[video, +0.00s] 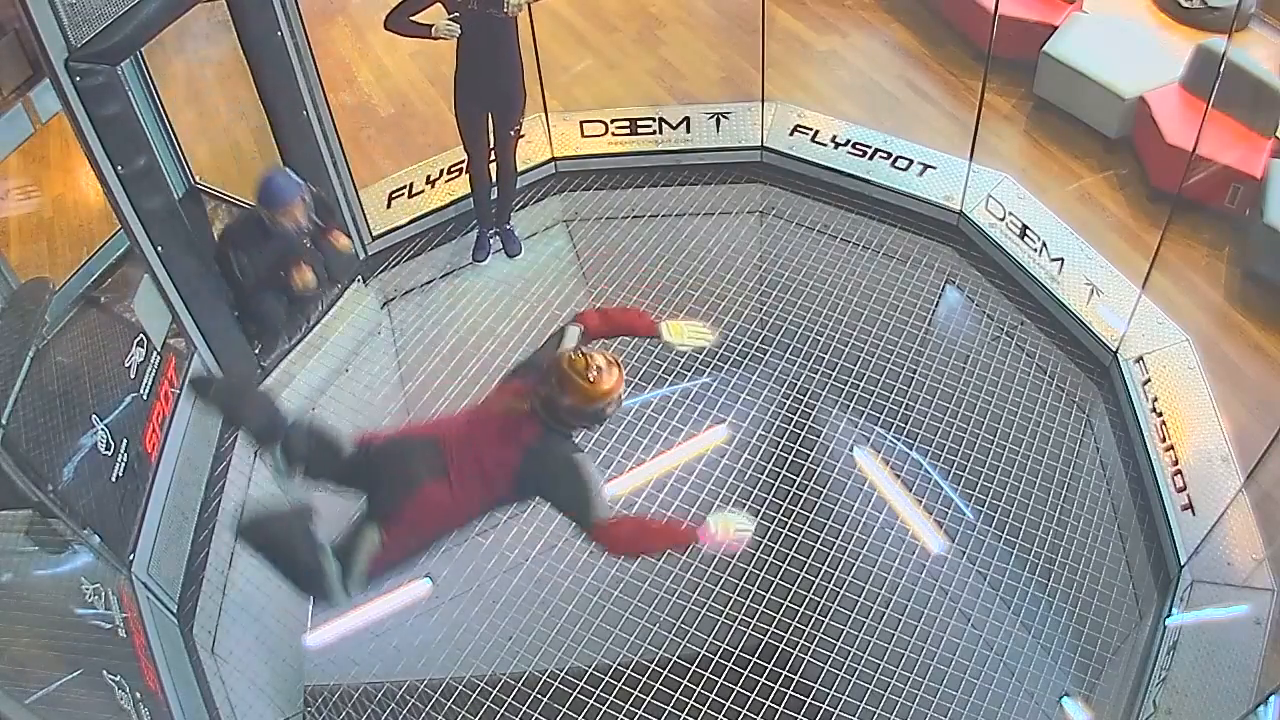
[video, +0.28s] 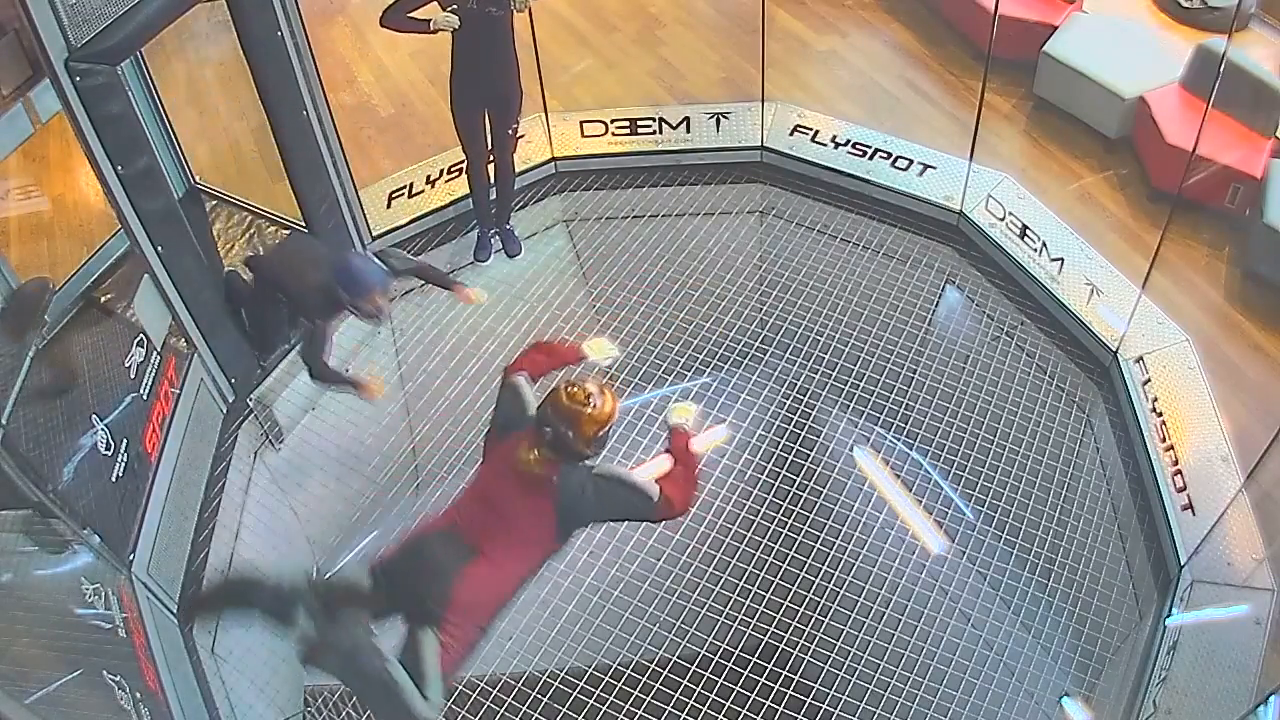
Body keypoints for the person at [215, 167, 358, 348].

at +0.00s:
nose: (298, 218)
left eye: (298, 208)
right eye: (287, 214)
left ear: (303, 197)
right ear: (270, 213)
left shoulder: (309, 197)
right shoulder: (237, 240)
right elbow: (249, 292)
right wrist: (287, 281)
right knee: (271, 310)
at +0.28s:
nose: (382, 308)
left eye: (383, 297)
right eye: (371, 304)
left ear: (384, 282)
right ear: (349, 300)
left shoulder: (374, 264)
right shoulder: (323, 312)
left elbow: (415, 267)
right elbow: (316, 370)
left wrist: (455, 286)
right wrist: (353, 384)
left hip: (297, 245)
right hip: (270, 272)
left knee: (295, 325)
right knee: (269, 344)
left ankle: (259, 265)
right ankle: (235, 284)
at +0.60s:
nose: (455, 380)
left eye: (459, 374)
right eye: (451, 378)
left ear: (458, 344)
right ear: (430, 367)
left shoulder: (444, 325)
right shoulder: (395, 363)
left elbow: (498, 317)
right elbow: (382, 425)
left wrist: (546, 342)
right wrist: (424, 453)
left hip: (351, 283)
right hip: (325, 310)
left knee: (286, 277)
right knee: (263, 313)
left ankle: (228, 266)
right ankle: (221, 284)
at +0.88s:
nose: (489, 376)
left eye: (493, 369)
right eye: (486, 373)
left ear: (477, 327)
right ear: (467, 368)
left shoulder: (473, 317)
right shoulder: (431, 376)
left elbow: (526, 307)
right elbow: (420, 433)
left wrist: (563, 335)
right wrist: (468, 461)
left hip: (375, 282)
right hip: (350, 324)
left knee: (306, 259)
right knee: (274, 319)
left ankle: (254, 250)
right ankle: (229, 292)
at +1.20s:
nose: (514, 349)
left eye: (517, 342)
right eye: (507, 346)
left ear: (518, 316)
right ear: (485, 341)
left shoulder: (504, 297)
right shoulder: (453, 353)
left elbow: (561, 293)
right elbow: (449, 412)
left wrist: (587, 331)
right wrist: (502, 424)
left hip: (417, 264)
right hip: (384, 300)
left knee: (368, 244)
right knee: (320, 298)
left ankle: (289, 214)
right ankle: (243, 263)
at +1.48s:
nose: (542, 348)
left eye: (547, 340)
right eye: (534, 343)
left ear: (553, 310)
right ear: (512, 329)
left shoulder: (541, 290)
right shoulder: (479, 334)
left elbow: (594, 293)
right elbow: (461, 395)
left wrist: (628, 324)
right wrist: (498, 423)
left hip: (450, 240)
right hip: (409, 259)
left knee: (411, 193)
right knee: (343, 256)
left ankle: (373, 128)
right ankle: (312, 180)